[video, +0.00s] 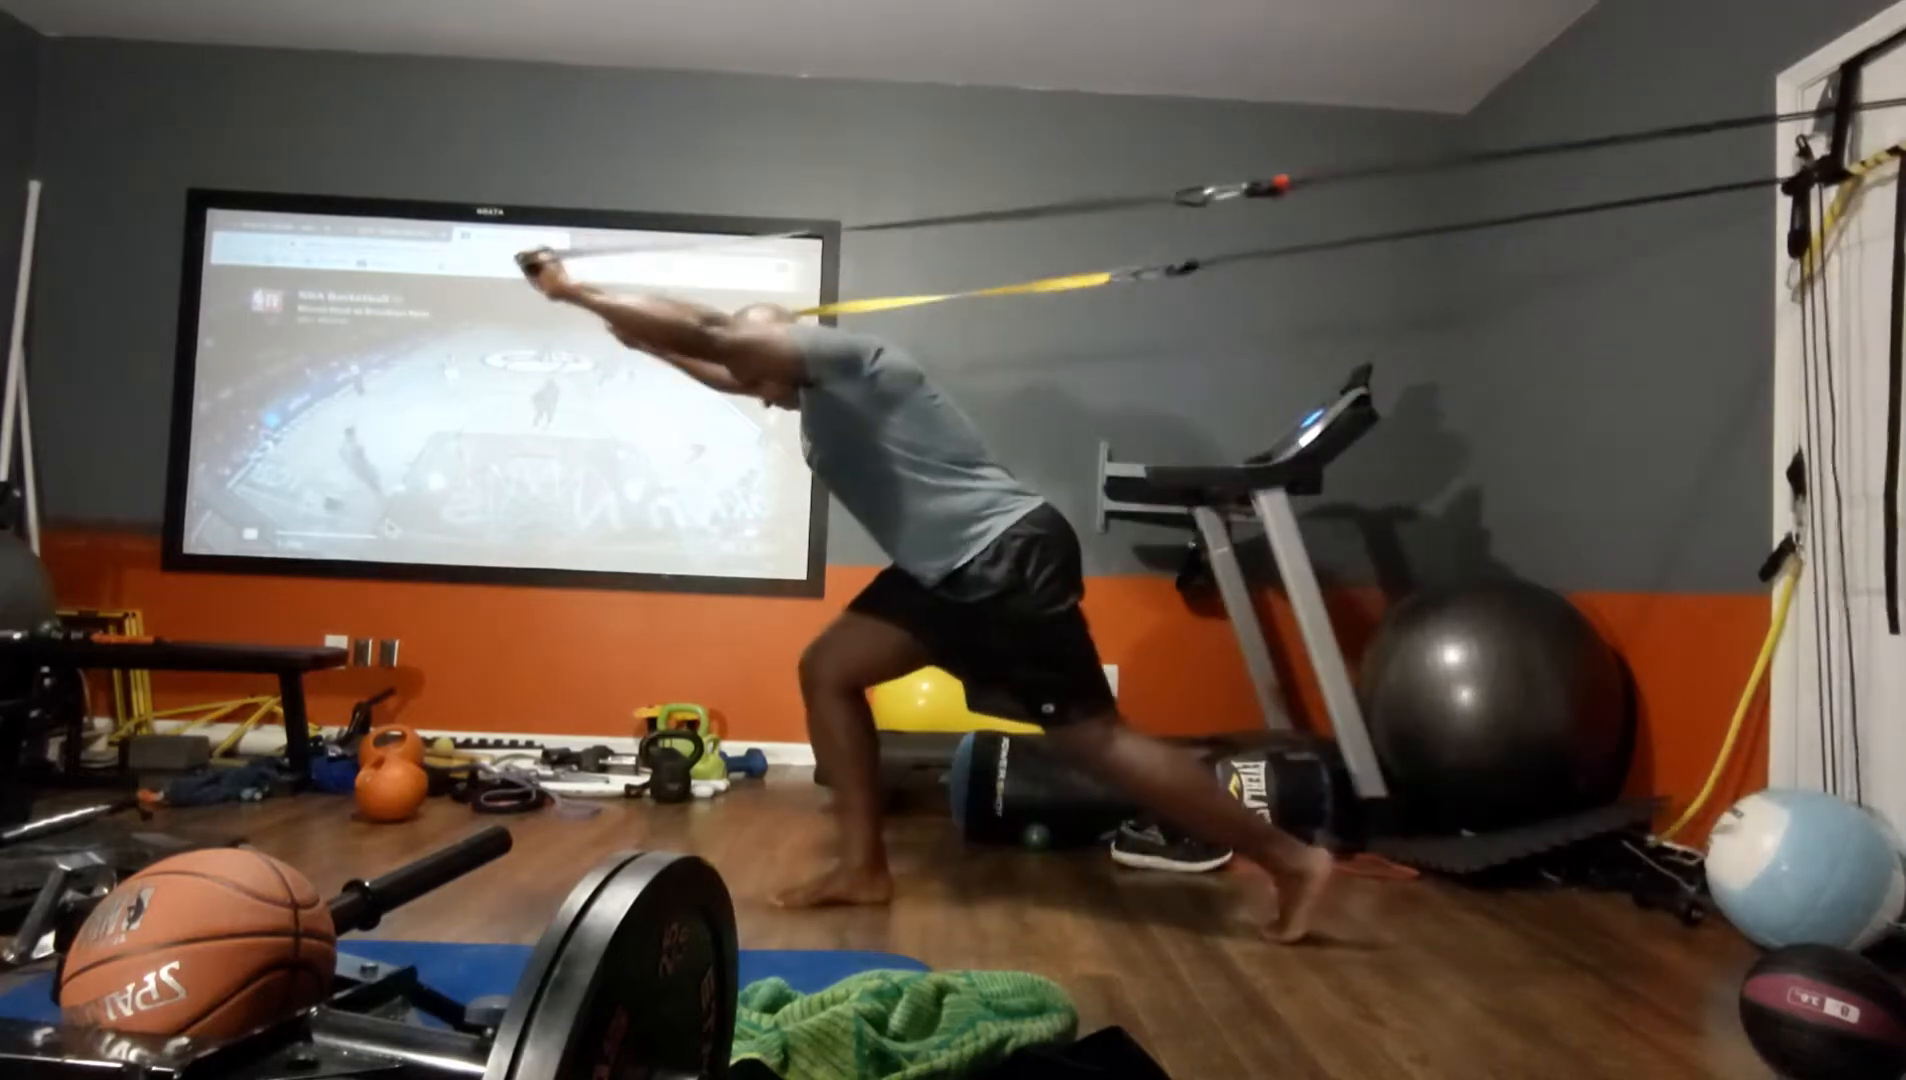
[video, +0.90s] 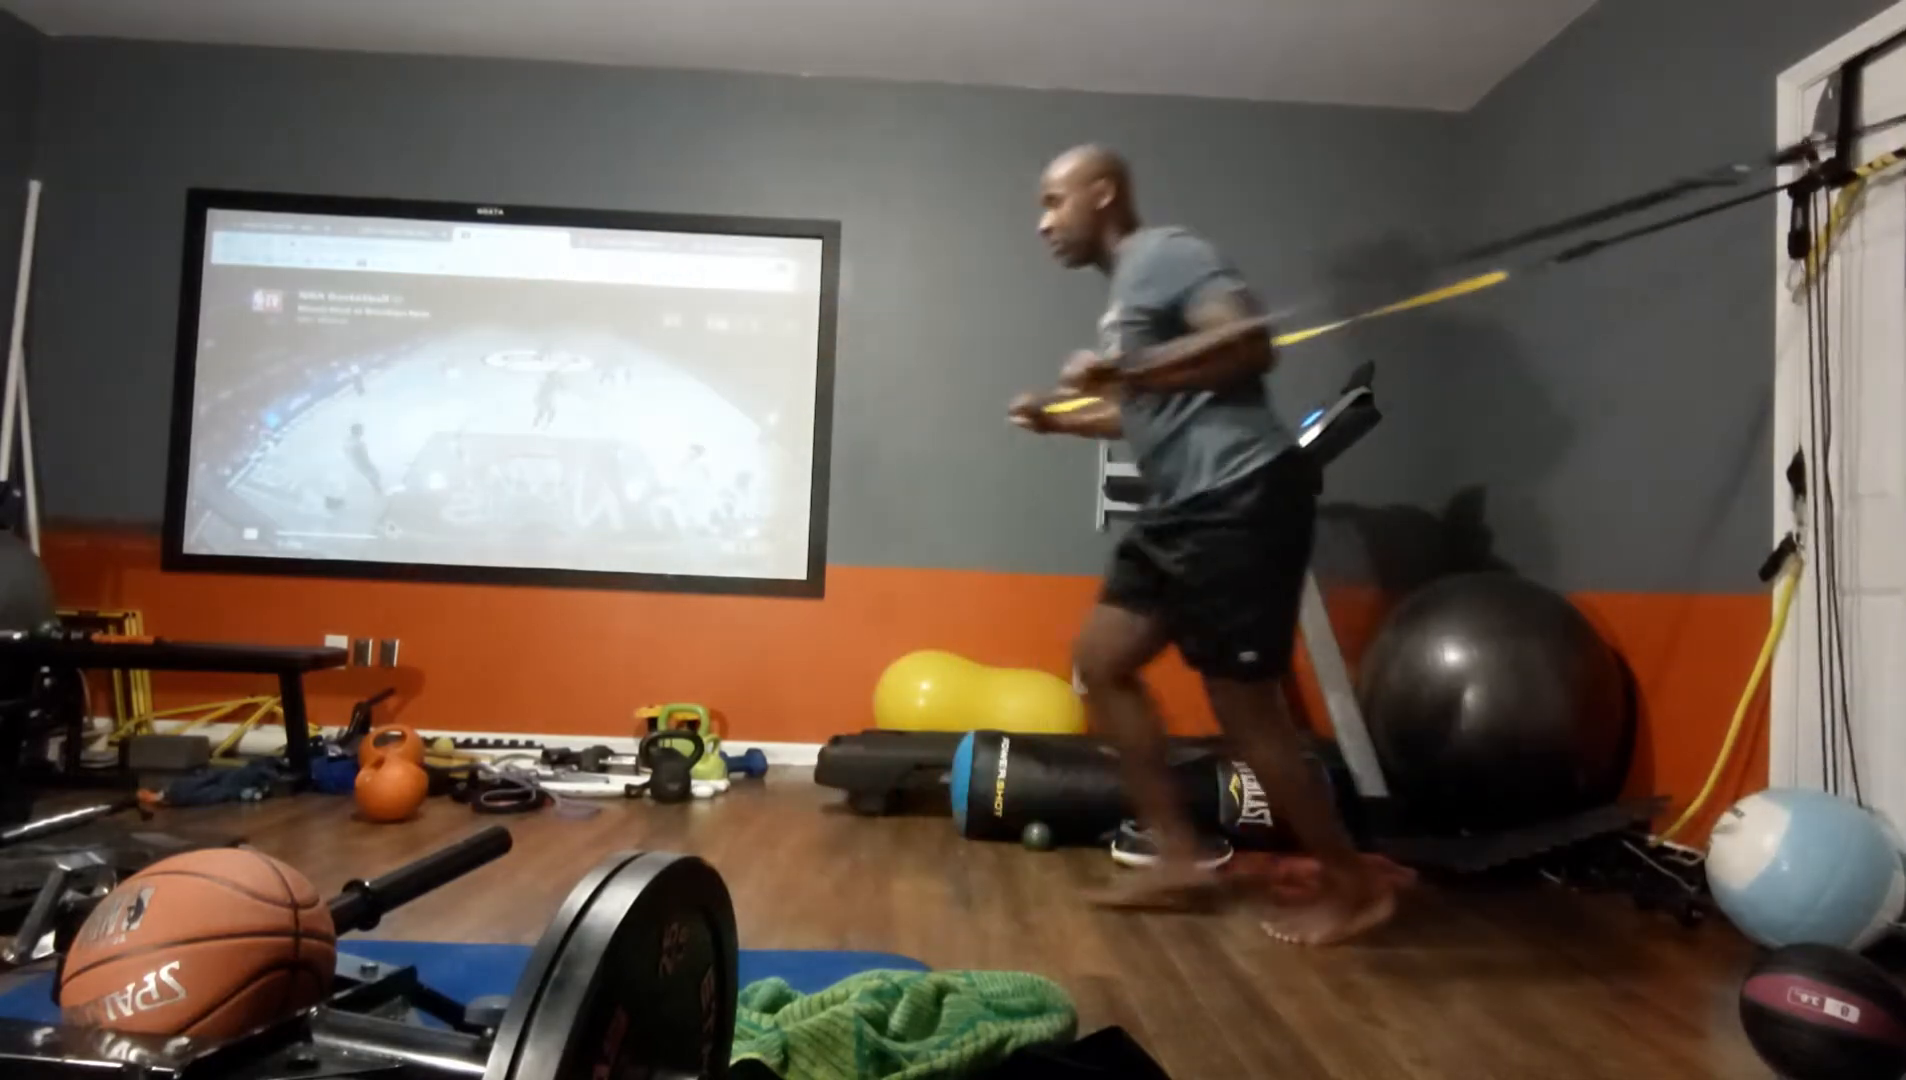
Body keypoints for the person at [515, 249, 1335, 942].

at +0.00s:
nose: (736, 385)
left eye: (738, 363)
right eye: (727, 374)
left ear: (771, 337)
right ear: (785, 348)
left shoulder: (843, 360)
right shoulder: (835, 393)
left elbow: (699, 332)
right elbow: (709, 362)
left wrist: (575, 291)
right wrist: (615, 320)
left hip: (1005, 559)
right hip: (960, 564)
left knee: (1100, 748)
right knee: (827, 671)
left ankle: (1294, 861)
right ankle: (861, 868)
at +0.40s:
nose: (808, 343)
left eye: (807, 322)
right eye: (802, 331)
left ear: (836, 303)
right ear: (836, 313)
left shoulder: (913, 330)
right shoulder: (874, 384)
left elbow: (785, 321)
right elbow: (782, 367)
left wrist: (653, 288)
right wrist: (697, 323)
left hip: (1048, 549)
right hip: (978, 562)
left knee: (1114, 751)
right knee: (860, 665)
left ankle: (1304, 858)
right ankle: (860, 869)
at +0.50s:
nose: (861, 303)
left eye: (870, 287)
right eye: (855, 293)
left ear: (915, 276)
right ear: (874, 301)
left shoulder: (971, 316)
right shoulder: (919, 368)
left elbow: (871, 330)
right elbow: (862, 386)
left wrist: (744, 300)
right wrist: (781, 341)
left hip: (1079, 537)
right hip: (1005, 554)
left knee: (1136, 748)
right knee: (891, 666)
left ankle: (1317, 863)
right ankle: (862, 871)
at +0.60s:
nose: (933, 276)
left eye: (944, 257)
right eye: (923, 263)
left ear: (987, 247)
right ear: (922, 267)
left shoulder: (1039, 295)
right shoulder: (994, 352)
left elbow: (989, 343)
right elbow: (948, 403)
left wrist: (859, 324)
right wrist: (853, 364)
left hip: (1125, 527)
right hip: (1053, 543)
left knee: (1171, 729)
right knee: (956, 669)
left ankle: (1338, 872)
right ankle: (876, 866)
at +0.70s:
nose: (977, 251)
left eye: (986, 230)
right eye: (972, 237)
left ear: (1036, 214)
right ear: (1008, 230)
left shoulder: (1091, 266)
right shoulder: (1035, 317)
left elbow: (1105, 346)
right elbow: (1031, 412)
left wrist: (968, 350)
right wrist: (936, 400)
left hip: (1172, 510)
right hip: (1103, 527)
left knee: (1212, 719)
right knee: (1009, 674)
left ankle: (1344, 877)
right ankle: (935, 862)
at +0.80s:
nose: (1013, 235)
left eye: (1025, 216)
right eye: (1010, 221)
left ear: (1076, 206)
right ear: (1062, 215)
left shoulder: (1132, 262)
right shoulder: (1091, 317)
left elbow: (1182, 351)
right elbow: (1095, 422)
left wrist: (1057, 367)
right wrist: (1010, 418)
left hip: (1216, 504)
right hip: (1144, 520)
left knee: (1231, 718)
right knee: (1050, 659)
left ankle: (1351, 881)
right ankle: (1048, 858)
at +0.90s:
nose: (1042, 221)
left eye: (1054, 202)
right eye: (1041, 206)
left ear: (1106, 195)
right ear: (1098, 202)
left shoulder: (1171, 254)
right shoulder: (1128, 297)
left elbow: (1246, 341)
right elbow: (1147, 416)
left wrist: (1128, 375)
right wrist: (1064, 419)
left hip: (1244, 499)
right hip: (1178, 511)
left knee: (1249, 710)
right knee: (1101, 665)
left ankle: (1352, 884)